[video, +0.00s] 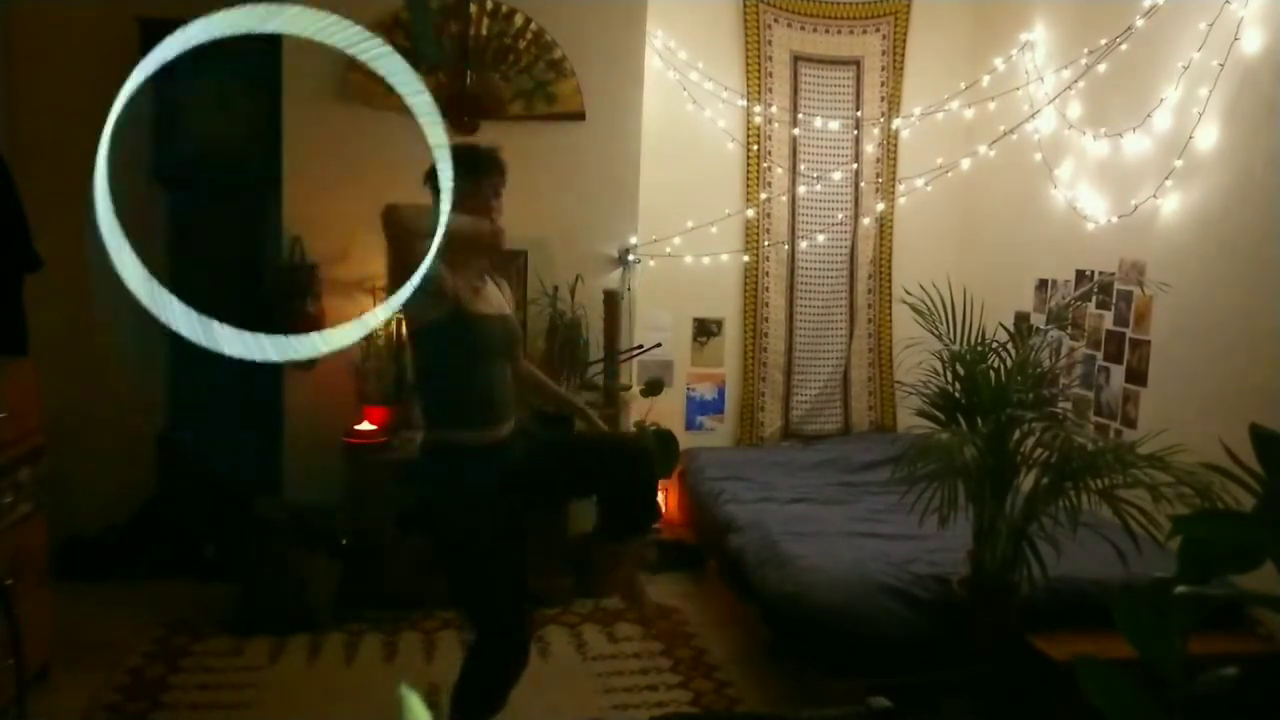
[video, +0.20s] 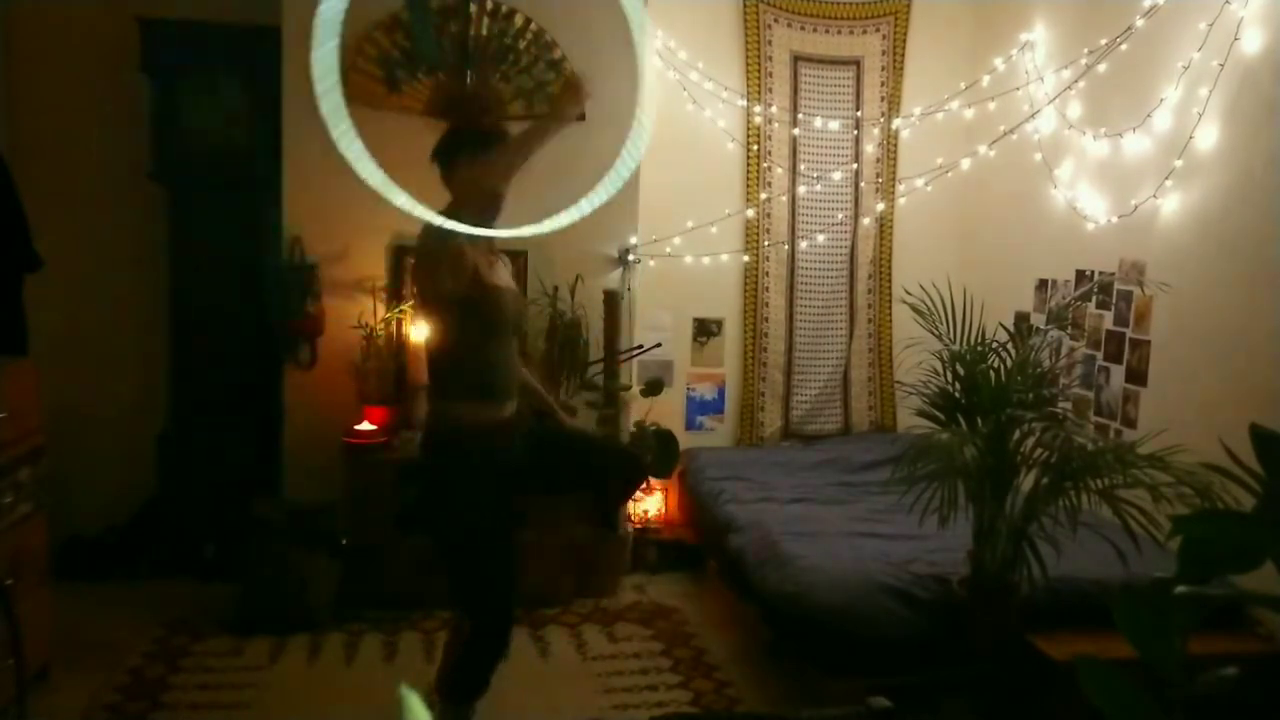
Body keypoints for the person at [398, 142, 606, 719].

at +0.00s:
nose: (495, 212)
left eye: (499, 198)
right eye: (485, 199)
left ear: (498, 204)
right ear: (450, 201)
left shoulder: (491, 281)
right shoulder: (422, 281)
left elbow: (517, 367)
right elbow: (397, 215)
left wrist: (577, 407)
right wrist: (478, 231)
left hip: (517, 451)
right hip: (461, 468)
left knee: (631, 459)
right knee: (505, 638)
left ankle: (607, 568)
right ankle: (462, 714)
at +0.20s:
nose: (500, 176)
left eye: (503, 165)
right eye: (489, 164)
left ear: (497, 169)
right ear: (455, 172)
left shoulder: (498, 256)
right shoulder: (440, 248)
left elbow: (511, 357)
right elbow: (498, 171)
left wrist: (560, 418)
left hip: (507, 435)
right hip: (461, 444)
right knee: (485, 615)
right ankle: (451, 708)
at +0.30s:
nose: (507, 172)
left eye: (509, 160)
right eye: (497, 159)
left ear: (506, 164)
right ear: (463, 163)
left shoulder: (494, 239)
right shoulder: (443, 234)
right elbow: (547, 192)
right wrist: (631, 126)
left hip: (511, 435)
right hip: (462, 443)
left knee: (602, 498)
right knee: (480, 607)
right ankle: (446, 708)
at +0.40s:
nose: (505, 185)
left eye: (510, 170)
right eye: (490, 170)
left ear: (515, 173)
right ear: (457, 175)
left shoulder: (496, 256)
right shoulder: (452, 245)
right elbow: (538, 254)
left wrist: (536, 409)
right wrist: (643, 259)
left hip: (491, 450)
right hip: (458, 450)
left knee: (475, 599)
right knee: (468, 600)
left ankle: (451, 706)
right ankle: (448, 707)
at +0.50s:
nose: (510, 198)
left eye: (514, 184)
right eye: (494, 184)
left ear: (519, 189)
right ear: (461, 192)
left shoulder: (499, 271)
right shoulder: (459, 268)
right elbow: (520, 338)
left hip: (491, 454)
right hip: (457, 455)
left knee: (474, 605)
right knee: (470, 616)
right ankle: (454, 705)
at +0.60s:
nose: (516, 212)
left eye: (516, 199)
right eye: (504, 199)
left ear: (513, 206)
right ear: (467, 205)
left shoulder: (496, 286)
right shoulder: (459, 285)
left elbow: (513, 389)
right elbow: (494, 398)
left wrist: (553, 422)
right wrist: (534, 433)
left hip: (486, 464)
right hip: (455, 465)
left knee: (482, 631)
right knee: (464, 633)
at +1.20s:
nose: (486, 242)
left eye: (495, 226)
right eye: (470, 228)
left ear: (509, 232)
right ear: (446, 238)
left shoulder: (525, 315)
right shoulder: (426, 333)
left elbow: (543, 407)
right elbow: (420, 430)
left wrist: (569, 479)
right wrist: (452, 462)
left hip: (533, 503)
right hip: (464, 513)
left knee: (537, 655)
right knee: (485, 656)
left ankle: (535, 708)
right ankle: (495, 714)